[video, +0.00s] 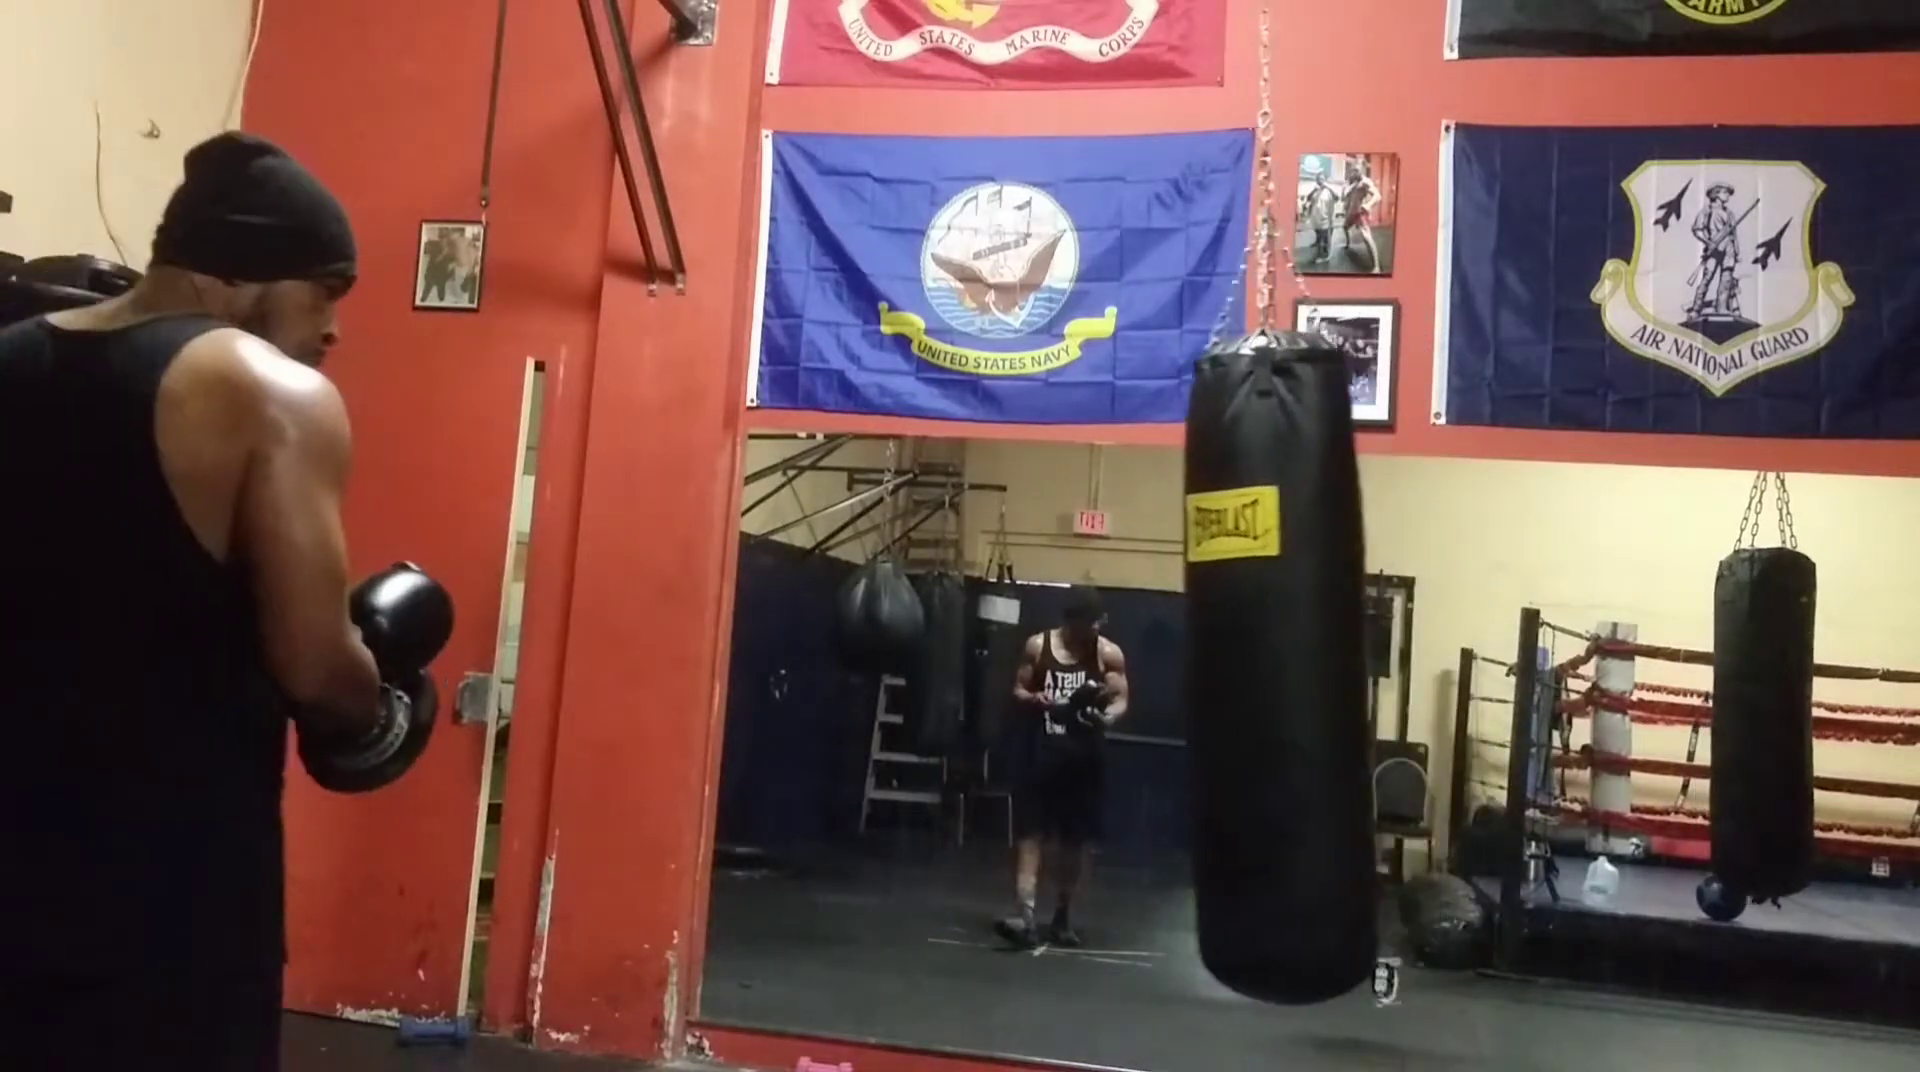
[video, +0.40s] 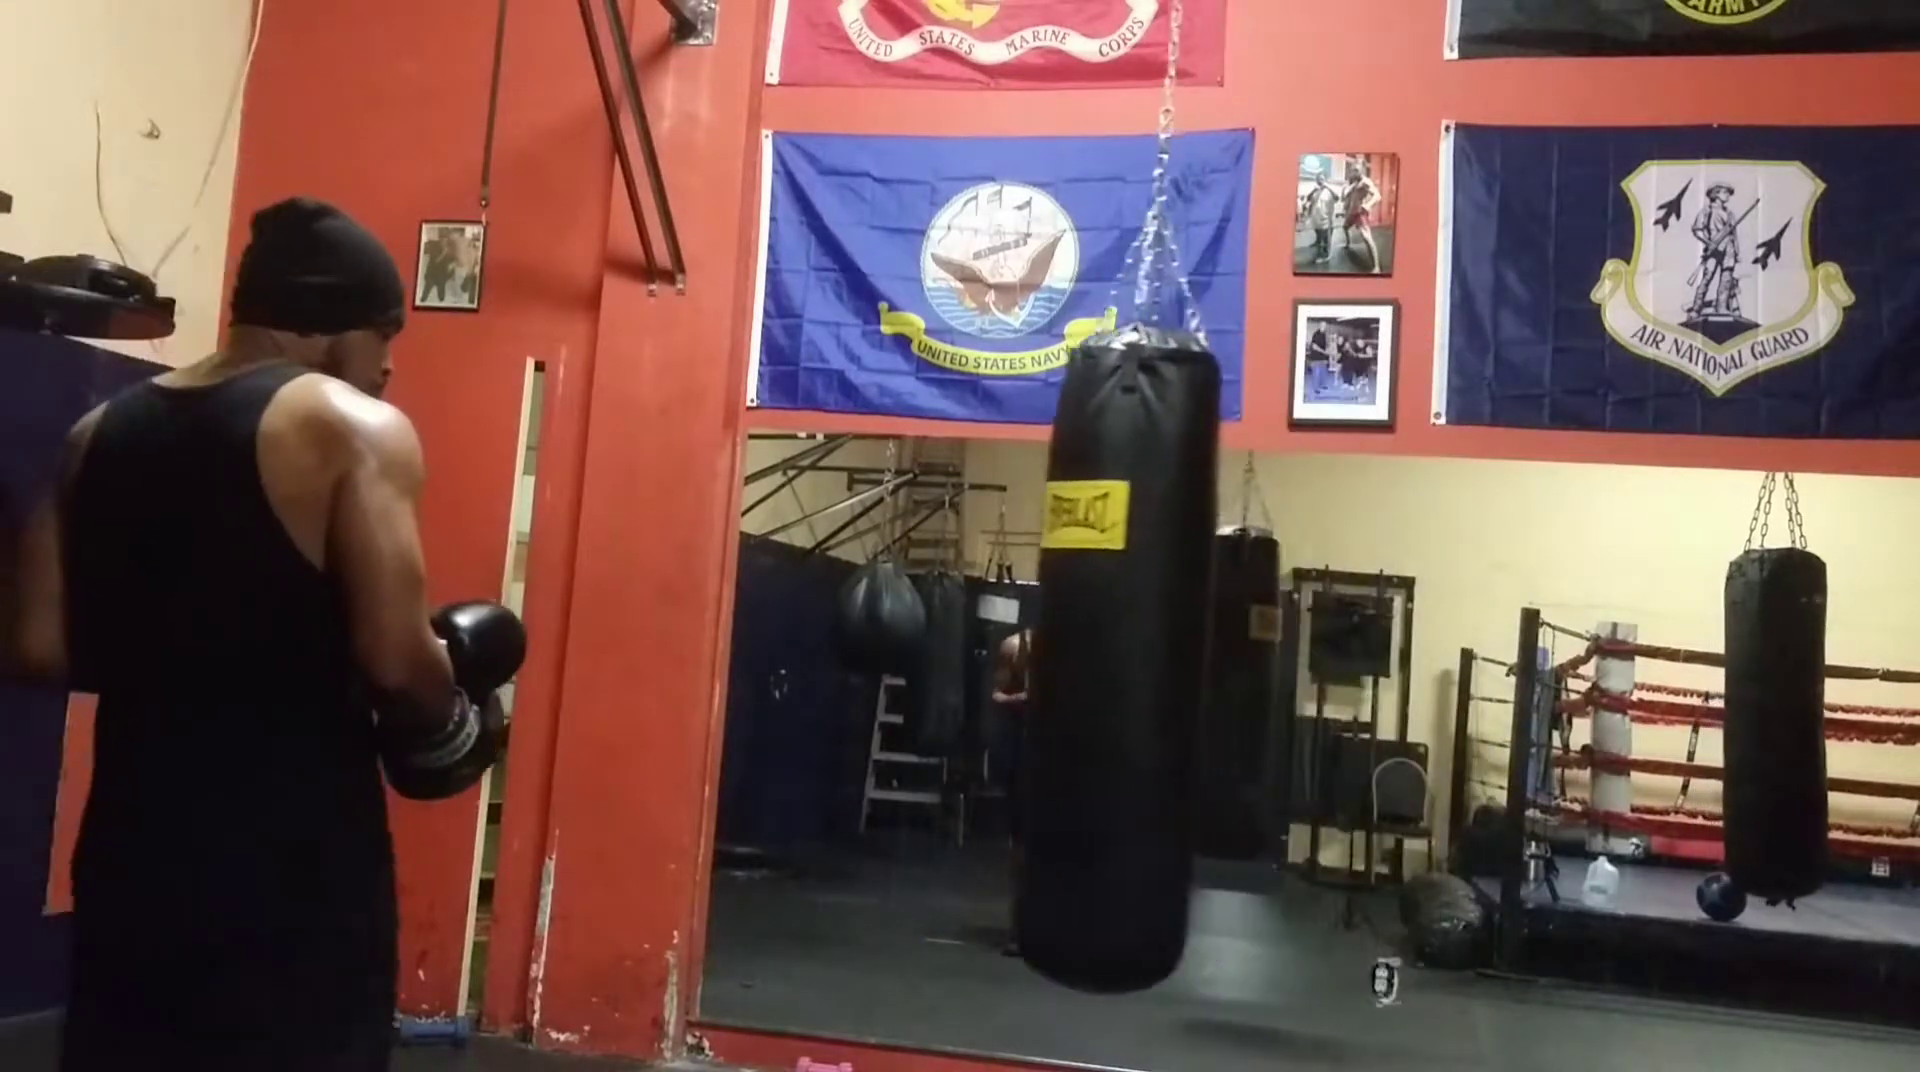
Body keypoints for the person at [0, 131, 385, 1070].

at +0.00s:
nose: (334, 332)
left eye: (340, 299)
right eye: (325, 293)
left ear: (189, 267)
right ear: (238, 277)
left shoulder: (23, 350)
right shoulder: (275, 395)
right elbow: (314, 666)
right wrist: (370, 710)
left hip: (16, 824)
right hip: (175, 855)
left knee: (36, 1035)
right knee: (183, 1044)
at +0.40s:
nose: (388, 365)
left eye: (392, 341)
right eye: (383, 338)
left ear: (255, 309)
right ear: (327, 325)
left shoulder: (104, 430)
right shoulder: (355, 425)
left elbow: (44, 646)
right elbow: (397, 658)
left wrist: (180, 646)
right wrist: (445, 711)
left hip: (136, 840)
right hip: (296, 850)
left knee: (128, 1047)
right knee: (303, 1048)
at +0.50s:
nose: (400, 387)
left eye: (405, 366)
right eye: (398, 363)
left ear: (275, 322)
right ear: (357, 344)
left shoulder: (122, 435)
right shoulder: (370, 435)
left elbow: (64, 649)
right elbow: (413, 660)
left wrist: (200, 658)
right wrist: (457, 714)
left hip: (152, 841)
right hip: (313, 854)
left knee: (145, 1048)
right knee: (332, 1048)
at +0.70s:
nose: (410, 392)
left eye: (414, 378)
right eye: (413, 378)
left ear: (298, 331)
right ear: (392, 364)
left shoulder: (155, 442)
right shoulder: (399, 447)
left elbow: (97, 641)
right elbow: (443, 665)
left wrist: (225, 654)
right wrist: (481, 664)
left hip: (181, 837)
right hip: (342, 849)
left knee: (173, 1045)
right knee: (364, 1047)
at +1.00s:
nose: (440, 427)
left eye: (441, 416)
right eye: (444, 415)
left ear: (342, 366)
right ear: (434, 400)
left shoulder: (204, 465)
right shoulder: (452, 477)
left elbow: (153, 657)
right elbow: (499, 675)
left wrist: (273, 662)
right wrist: (523, 636)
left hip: (223, 853)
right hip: (383, 866)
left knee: (207, 1055)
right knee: (373, 1054)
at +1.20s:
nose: (474, 439)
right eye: (475, 424)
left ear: (378, 379)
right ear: (472, 413)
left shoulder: (250, 467)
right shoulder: (493, 497)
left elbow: (189, 648)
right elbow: (526, 683)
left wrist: (301, 666)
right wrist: (461, 747)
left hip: (255, 851)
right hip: (404, 871)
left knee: (230, 1051)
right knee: (384, 1053)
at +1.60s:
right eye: (504, 414)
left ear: (413, 400)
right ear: (503, 422)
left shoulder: (309, 476)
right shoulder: (542, 510)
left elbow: (231, 634)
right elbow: (567, 680)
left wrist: (336, 641)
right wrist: (489, 710)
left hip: (309, 826)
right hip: (447, 844)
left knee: (281, 1044)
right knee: (413, 1057)